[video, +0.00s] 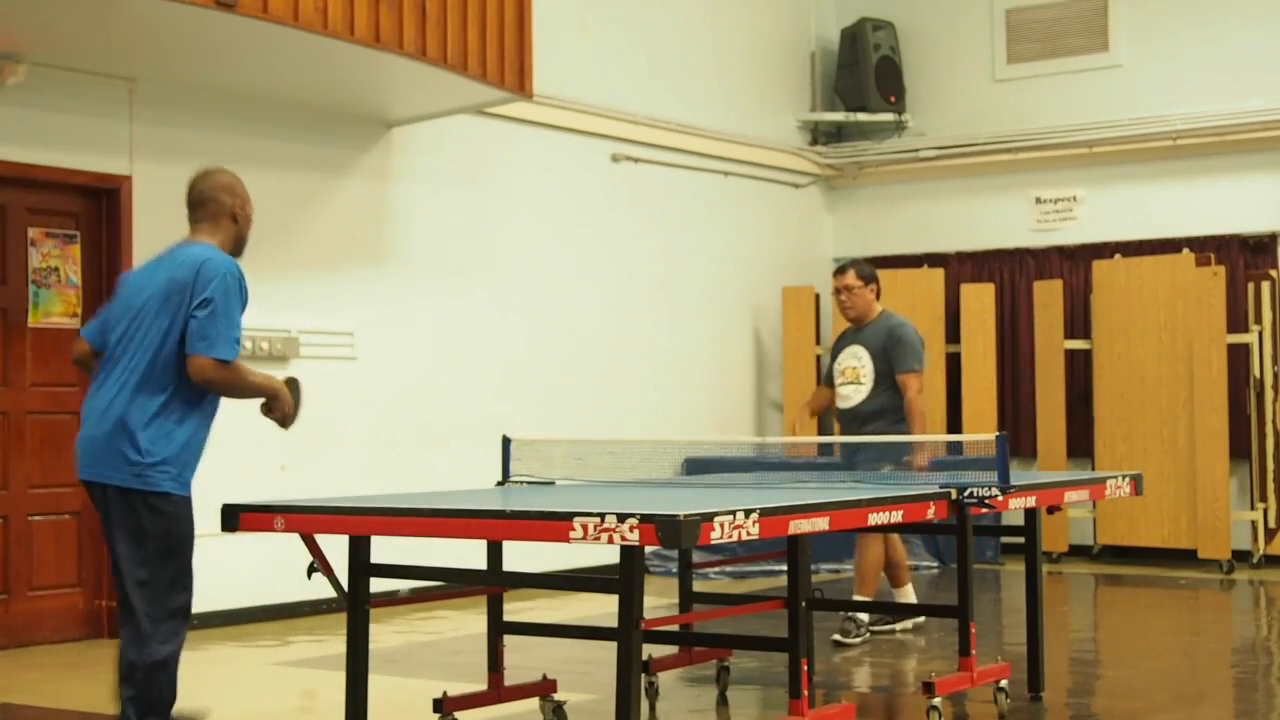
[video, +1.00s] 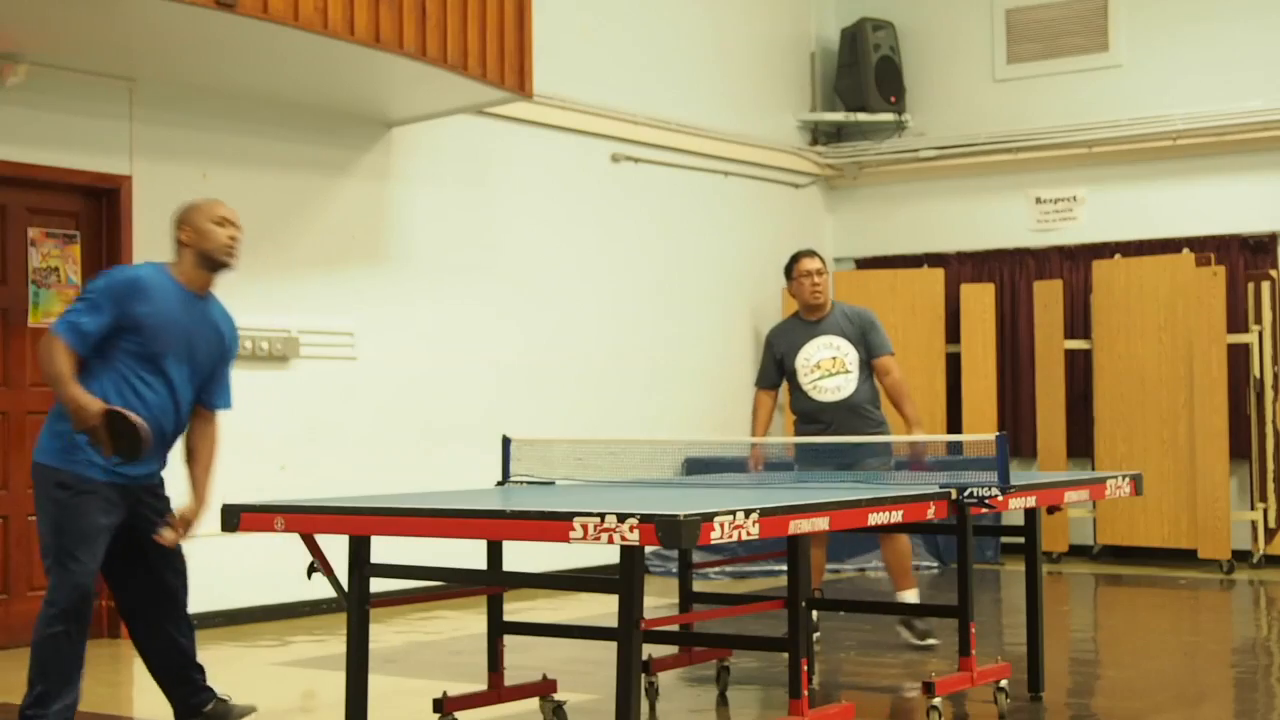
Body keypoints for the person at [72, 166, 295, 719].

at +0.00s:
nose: (250, 227)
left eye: (249, 217)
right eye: (250, 216)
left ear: (196, 213)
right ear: (237, 212)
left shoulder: (146, 272)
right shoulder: (218, 269)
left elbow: (86, 350)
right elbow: (206, 366)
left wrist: (139, 393)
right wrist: (274, 388)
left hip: (106, 455)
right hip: (149, 463)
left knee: (140, 601)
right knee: (163, 609)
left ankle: (140, 706)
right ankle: (148, 712)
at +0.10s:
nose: (263, 254)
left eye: (263, 244)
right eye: (262, 243)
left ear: (210, 235)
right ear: (250, 237)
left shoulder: (181, 283)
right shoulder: (221, 277)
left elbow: (122, 365)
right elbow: (206, 364)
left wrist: (184, 444)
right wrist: (264, 398)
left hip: (121, 458)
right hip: (145, 463)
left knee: (154, 583)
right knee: (169, 587)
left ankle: (177, 688)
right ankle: (152, 705)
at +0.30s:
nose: (290, 303)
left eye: (292, 294)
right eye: (291, 292)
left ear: (251, 274)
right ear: (278, 281)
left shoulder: (220, 306)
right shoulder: (239, 304)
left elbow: (187, 420)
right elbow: (193, 370)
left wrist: (229, 492)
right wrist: (237, 449)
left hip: (153, 468)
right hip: (140, 466)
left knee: (195, 563)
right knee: (156, 586)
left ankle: (198, 700)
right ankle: (123, 711)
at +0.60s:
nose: (300, 313)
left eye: (298, 303)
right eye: (295, 301)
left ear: (273, 298)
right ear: (276, 296)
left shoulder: (250, 379)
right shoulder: (245, 305)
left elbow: (269, 452)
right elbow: (182, 337)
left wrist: (313, 507)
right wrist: (185, 424)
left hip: (159, 468)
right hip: (127, 448)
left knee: (185, 569)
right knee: (96, 581)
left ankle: (200, 705)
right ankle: (37, 707)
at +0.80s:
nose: (294, 268)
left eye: (292, 260)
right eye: (282, 257)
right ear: (246, 264)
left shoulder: (252, 359)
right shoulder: (206, 294)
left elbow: (254, 442)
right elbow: (126, 333)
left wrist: (275, 521)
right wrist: (139, 406)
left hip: (148, 468)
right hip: (99, 449)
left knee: (173, 576)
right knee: (76, 583)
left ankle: (196, 704)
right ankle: (30, 709)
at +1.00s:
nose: (235, 234)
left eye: (237, 228)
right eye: (222, 223)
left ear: (236, 245)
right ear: (185, 232)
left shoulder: (220, 329)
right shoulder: (129, 284)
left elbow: (204, 416)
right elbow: (56, 342)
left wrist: (199, 498)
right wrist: (77, 397)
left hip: (142, 479)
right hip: (76, 469)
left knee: (161, 592)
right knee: (73, 593)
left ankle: (194, 702)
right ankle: (47, 711)